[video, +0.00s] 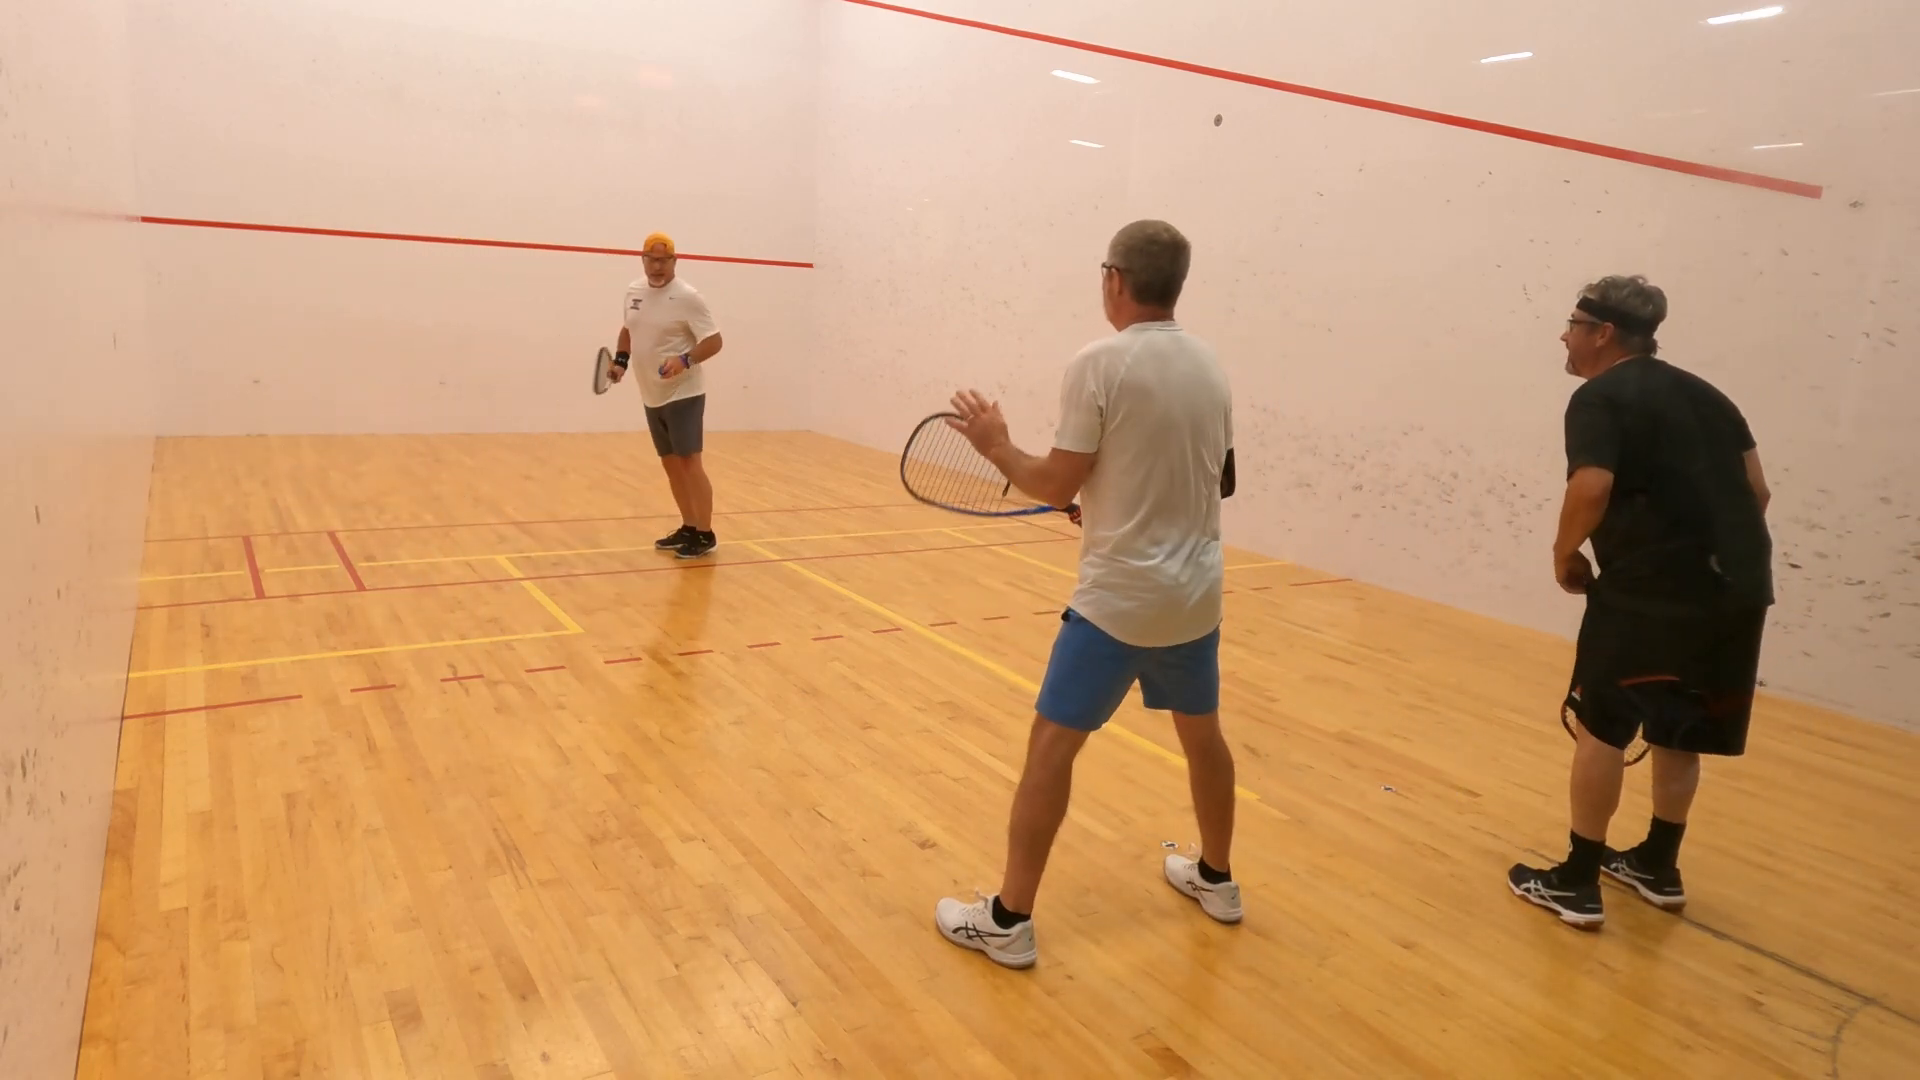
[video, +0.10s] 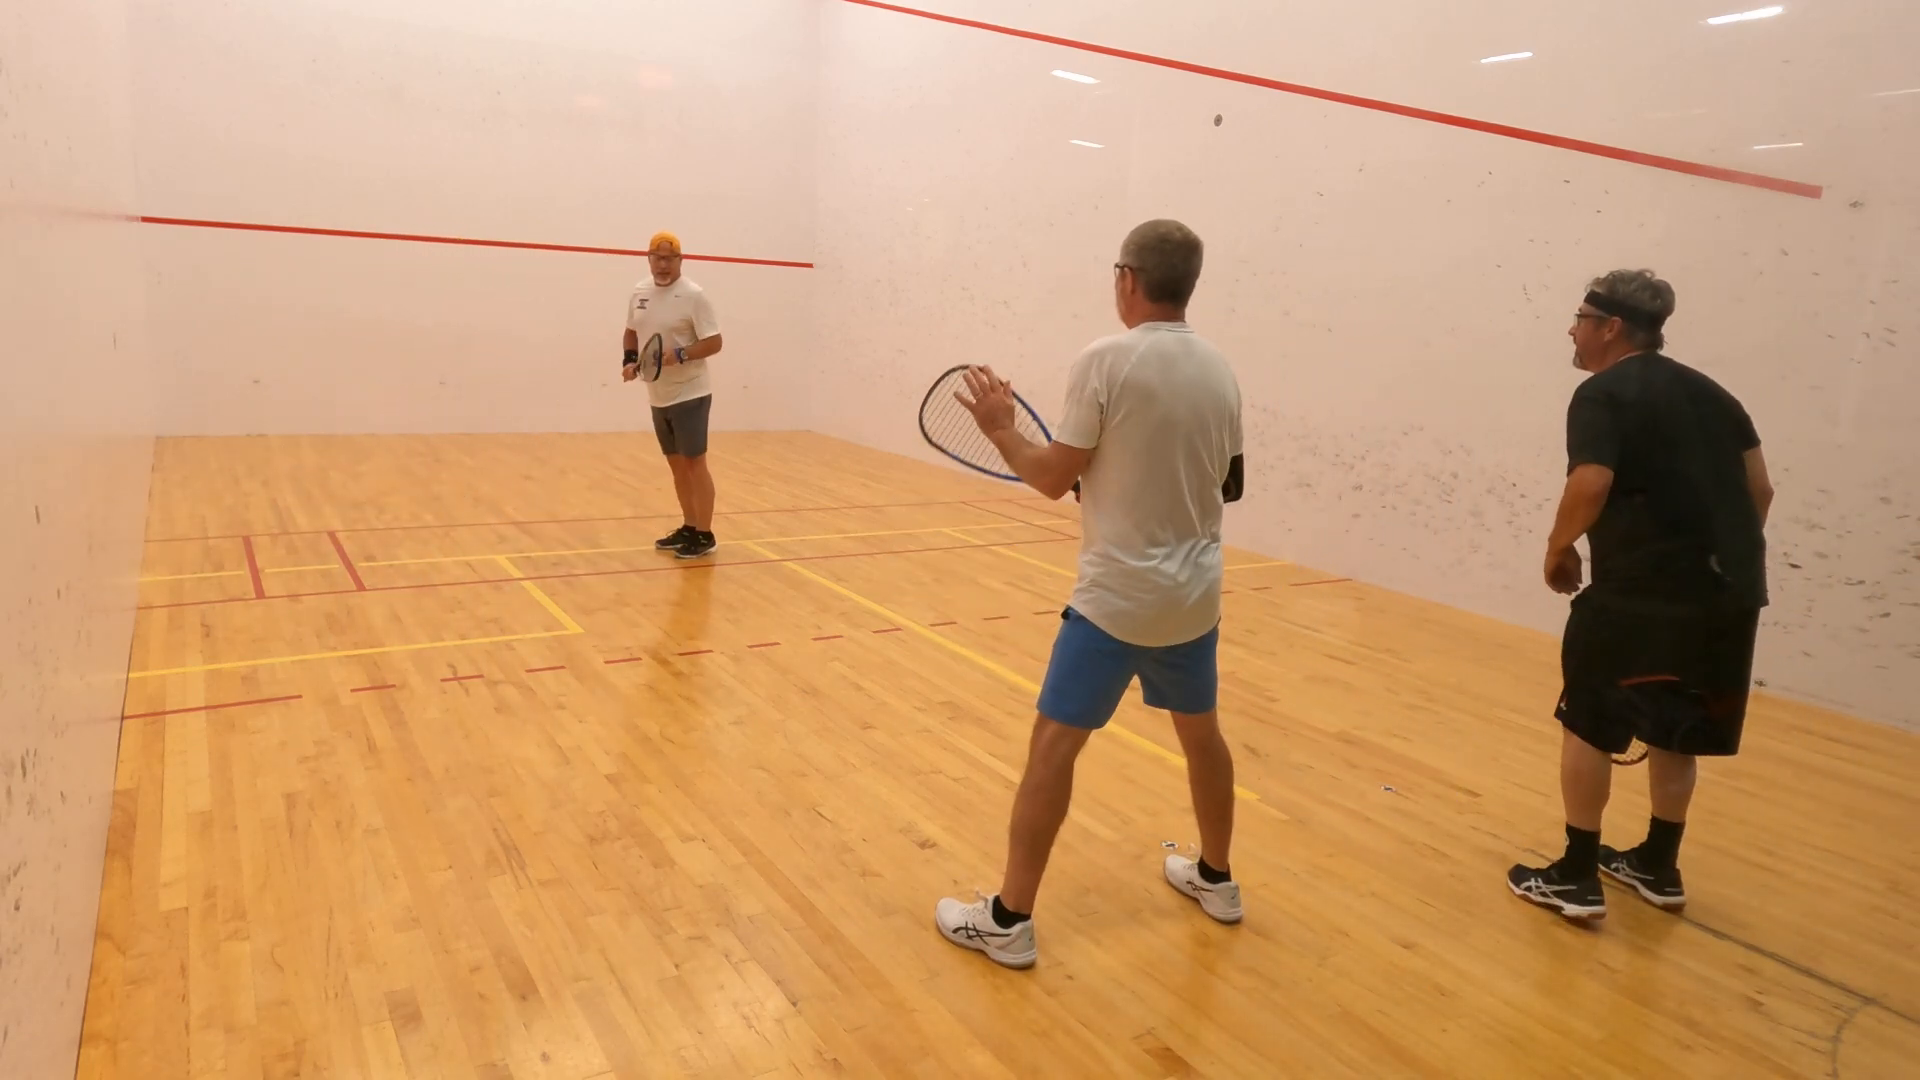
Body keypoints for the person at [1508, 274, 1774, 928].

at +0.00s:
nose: (1564, 335)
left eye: (1574, 325)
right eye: (1569, 323)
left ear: (1605, 334)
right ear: (1629, 337)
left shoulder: (1598, 397)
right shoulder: (1709, 396)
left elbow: (1591, 485)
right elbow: (1755, 491)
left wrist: (1566, 551)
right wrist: (1721, 564)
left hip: (1644, 591)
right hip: (1727, 598)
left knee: (1601, 722)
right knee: (1678, 723)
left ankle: (1578, 878)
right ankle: (1659, 863)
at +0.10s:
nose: (1573, 330)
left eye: (1581, 320)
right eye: (1577, 318)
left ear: (1614, 328)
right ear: (1641, 332)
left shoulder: (1602, 392)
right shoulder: (1714, 395)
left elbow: (1591, 483)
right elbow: (1758, 490)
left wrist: (1560, 546)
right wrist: (1731, 567)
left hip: (1632, 600)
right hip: (1717, 603)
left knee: (1588, 719)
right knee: (1677, 724)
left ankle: (1577, 873)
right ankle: (1658, 863)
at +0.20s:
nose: (1577, 326)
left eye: (1586, 316)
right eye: (1580, 314)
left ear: (1618, 325)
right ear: (1648, 329)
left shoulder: (1603, 390)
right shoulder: (1715, 395)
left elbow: (1589, 479)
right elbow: (1758, 489)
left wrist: (1552, 537)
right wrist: (1728, 568)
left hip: (1625, 595)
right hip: (1712, 601)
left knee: (1556, 701)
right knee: (1671, 722)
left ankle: (1570, 842)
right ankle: (1659, 862)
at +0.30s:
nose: (1573, 326)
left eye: (1584, 315)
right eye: (1578, 313)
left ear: (1618, 325)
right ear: (1644, 328)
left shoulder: (1600, 391)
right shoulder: (1709, 397)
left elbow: (1581, 481)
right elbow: (1747, 493)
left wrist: (1542, 531)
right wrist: (1712, 566)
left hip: (1610, 594)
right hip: (1698, 602)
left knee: (1531, 687)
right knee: (1657, 718)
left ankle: (1549, 823)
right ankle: (1658, 861)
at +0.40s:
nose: (1561, 327)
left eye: (1570, 316)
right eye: (1565, 315)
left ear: (1600, 325)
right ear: (1623, 329)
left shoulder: (1585, 393)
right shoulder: (1693, 399)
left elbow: (1570, 483)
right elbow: (1724, 495)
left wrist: (1524, 530)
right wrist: (1691, 560)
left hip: (1594, 592)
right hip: (1679, 602)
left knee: (1506, 674)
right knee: (1647, 722)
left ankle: (1488, 803)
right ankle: (1657, 861)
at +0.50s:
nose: (1539, 330)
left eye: (1549, 320)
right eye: (1544, 318)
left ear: (1579, 331)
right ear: (1608, 334)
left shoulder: (1565, 398)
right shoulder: (1666, 404)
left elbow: (1549, 487)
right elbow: (1693, 499)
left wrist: (1503, 531)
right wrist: (1655, 562)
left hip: (1568, 595)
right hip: (1652, 604)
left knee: (1485, 669)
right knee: (1632, 722)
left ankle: (1435, 775)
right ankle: (1655, 861)